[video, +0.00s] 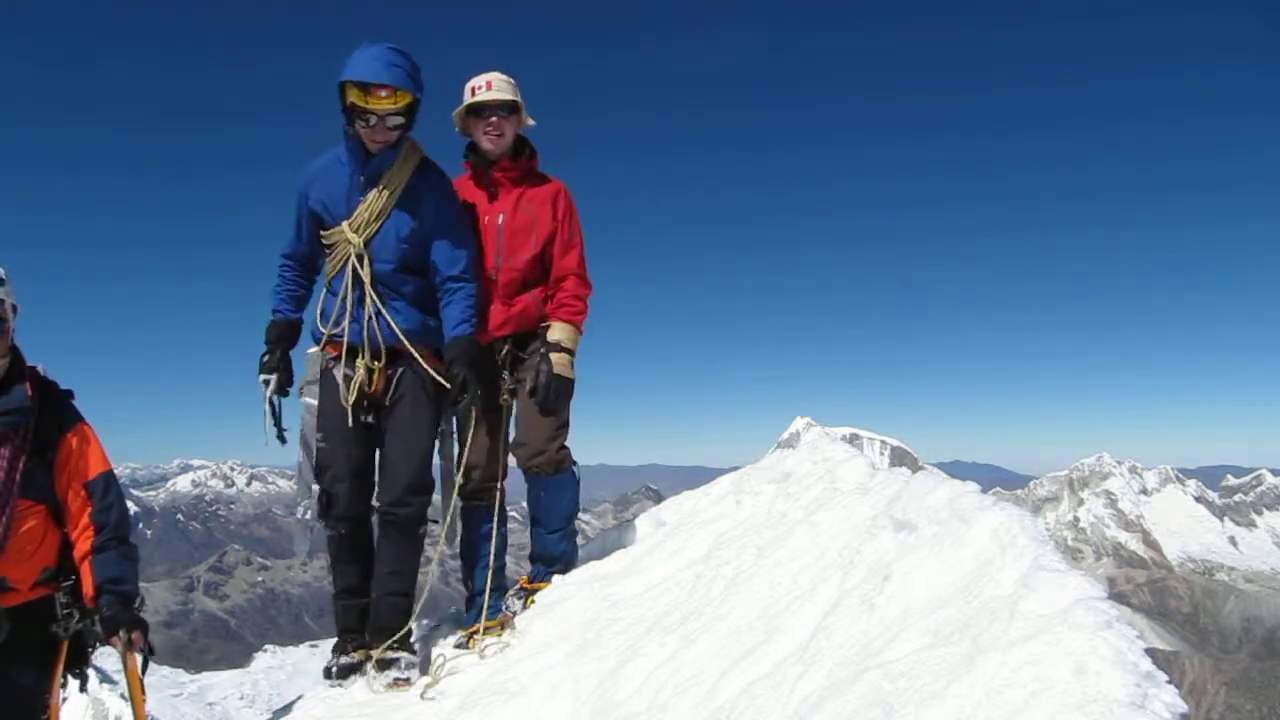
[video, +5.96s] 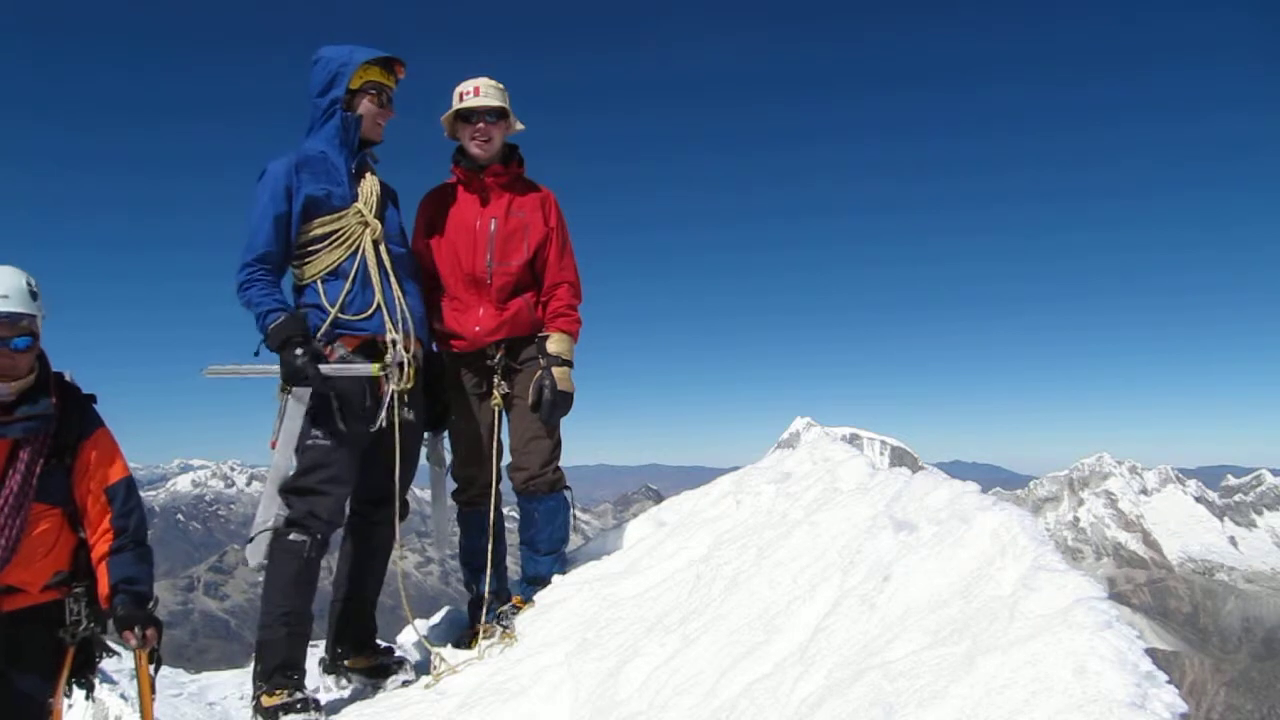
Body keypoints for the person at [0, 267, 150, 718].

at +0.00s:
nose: (1, 332)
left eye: (1, 319)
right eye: (1, 319)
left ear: (11, 321)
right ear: (7, 321)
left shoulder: (45, 411)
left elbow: (97, 510)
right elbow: (97, 510)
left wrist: (114, 599)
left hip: (24, 618)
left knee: (21, 705)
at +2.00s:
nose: (0, 329)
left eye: (1, 316)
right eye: (1, 316)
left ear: (11, 320)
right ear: (7, 320)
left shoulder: (46, 410)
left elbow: (97, 509)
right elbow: (98, 509)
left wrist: (116, 597)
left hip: (23, 617)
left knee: (20, 706)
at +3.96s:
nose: (1, 333)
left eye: (2, 319)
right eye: (2, 319)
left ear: (12, 322)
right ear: (8, 322)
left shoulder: (47, 410)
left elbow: (99, 508)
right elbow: (100, 508)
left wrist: (120, 596)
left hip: (25, 619)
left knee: (20, 705)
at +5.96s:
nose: (8, 355)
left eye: (20, 337)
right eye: (1, 338)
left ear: (39, 339)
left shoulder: (68, 418)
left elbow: (114, 513)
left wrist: (129, 599)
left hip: (32, 618)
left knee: (23, 705)